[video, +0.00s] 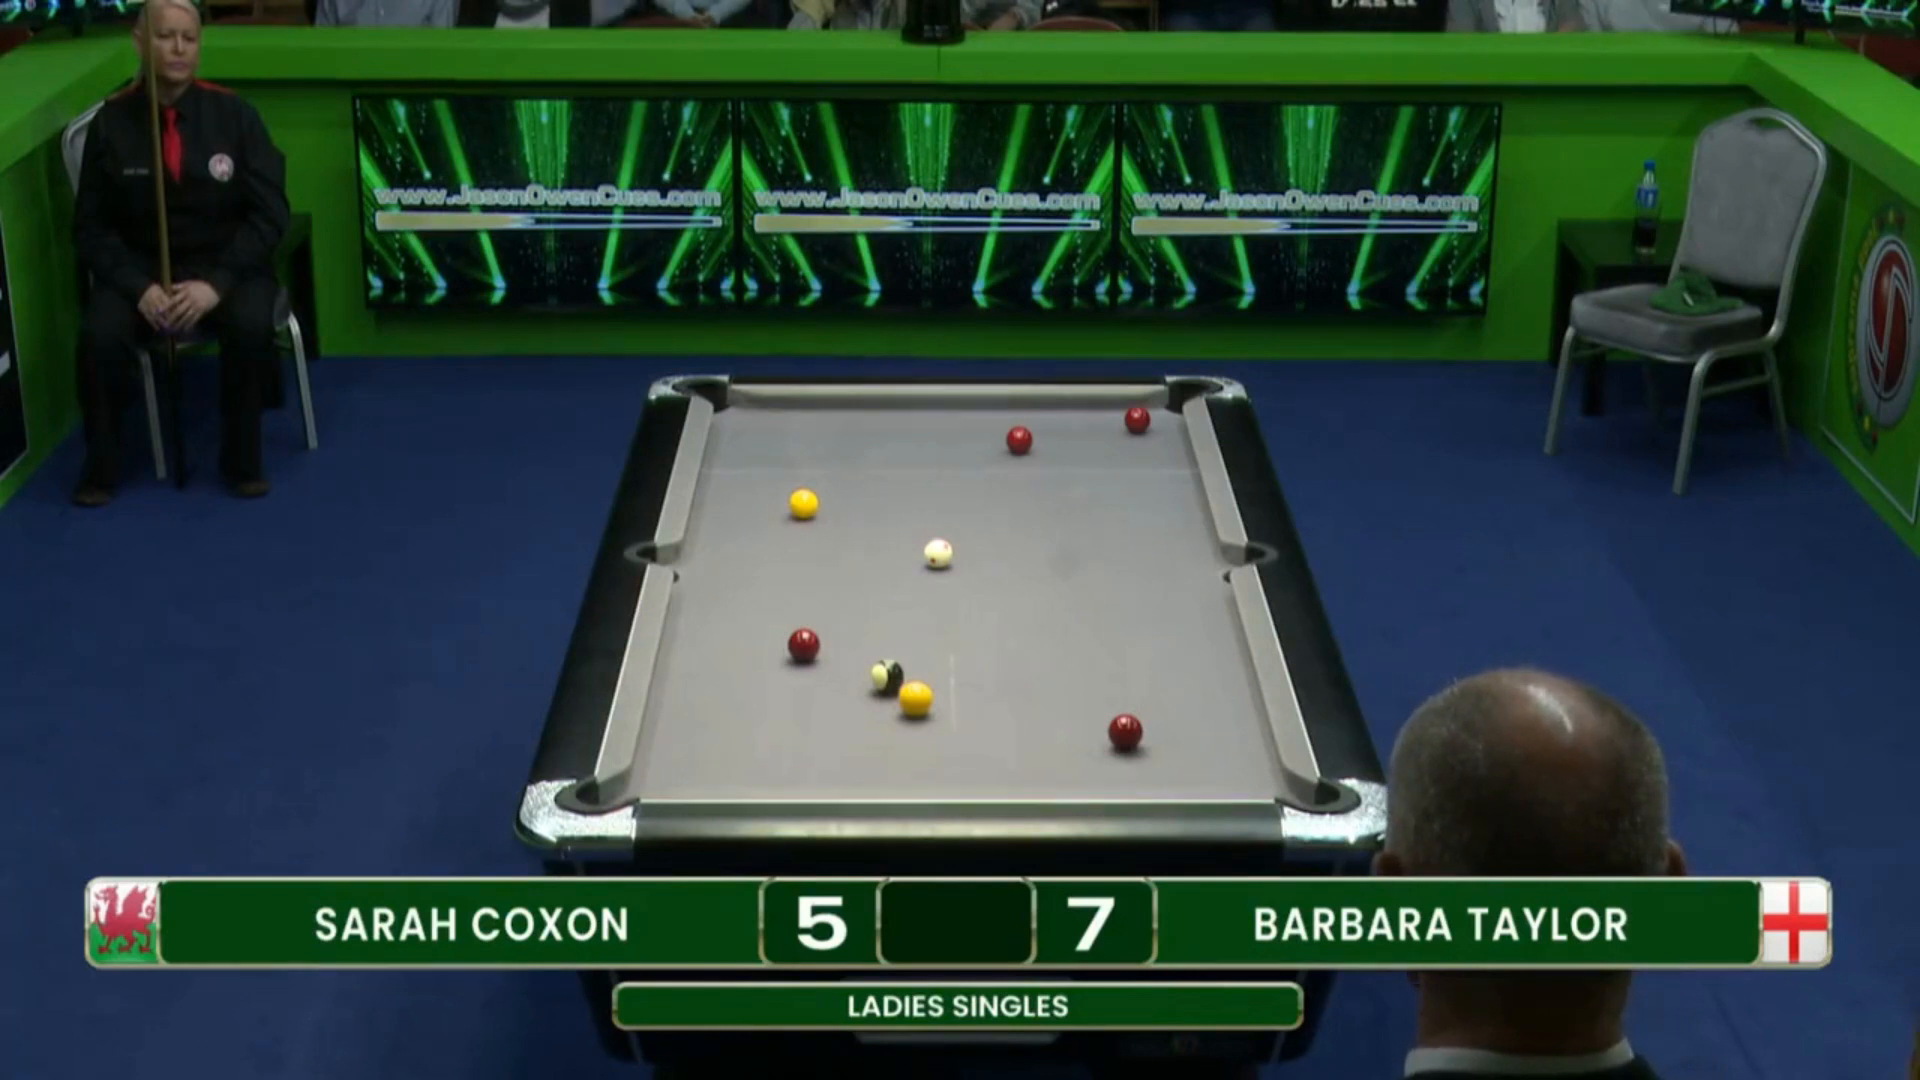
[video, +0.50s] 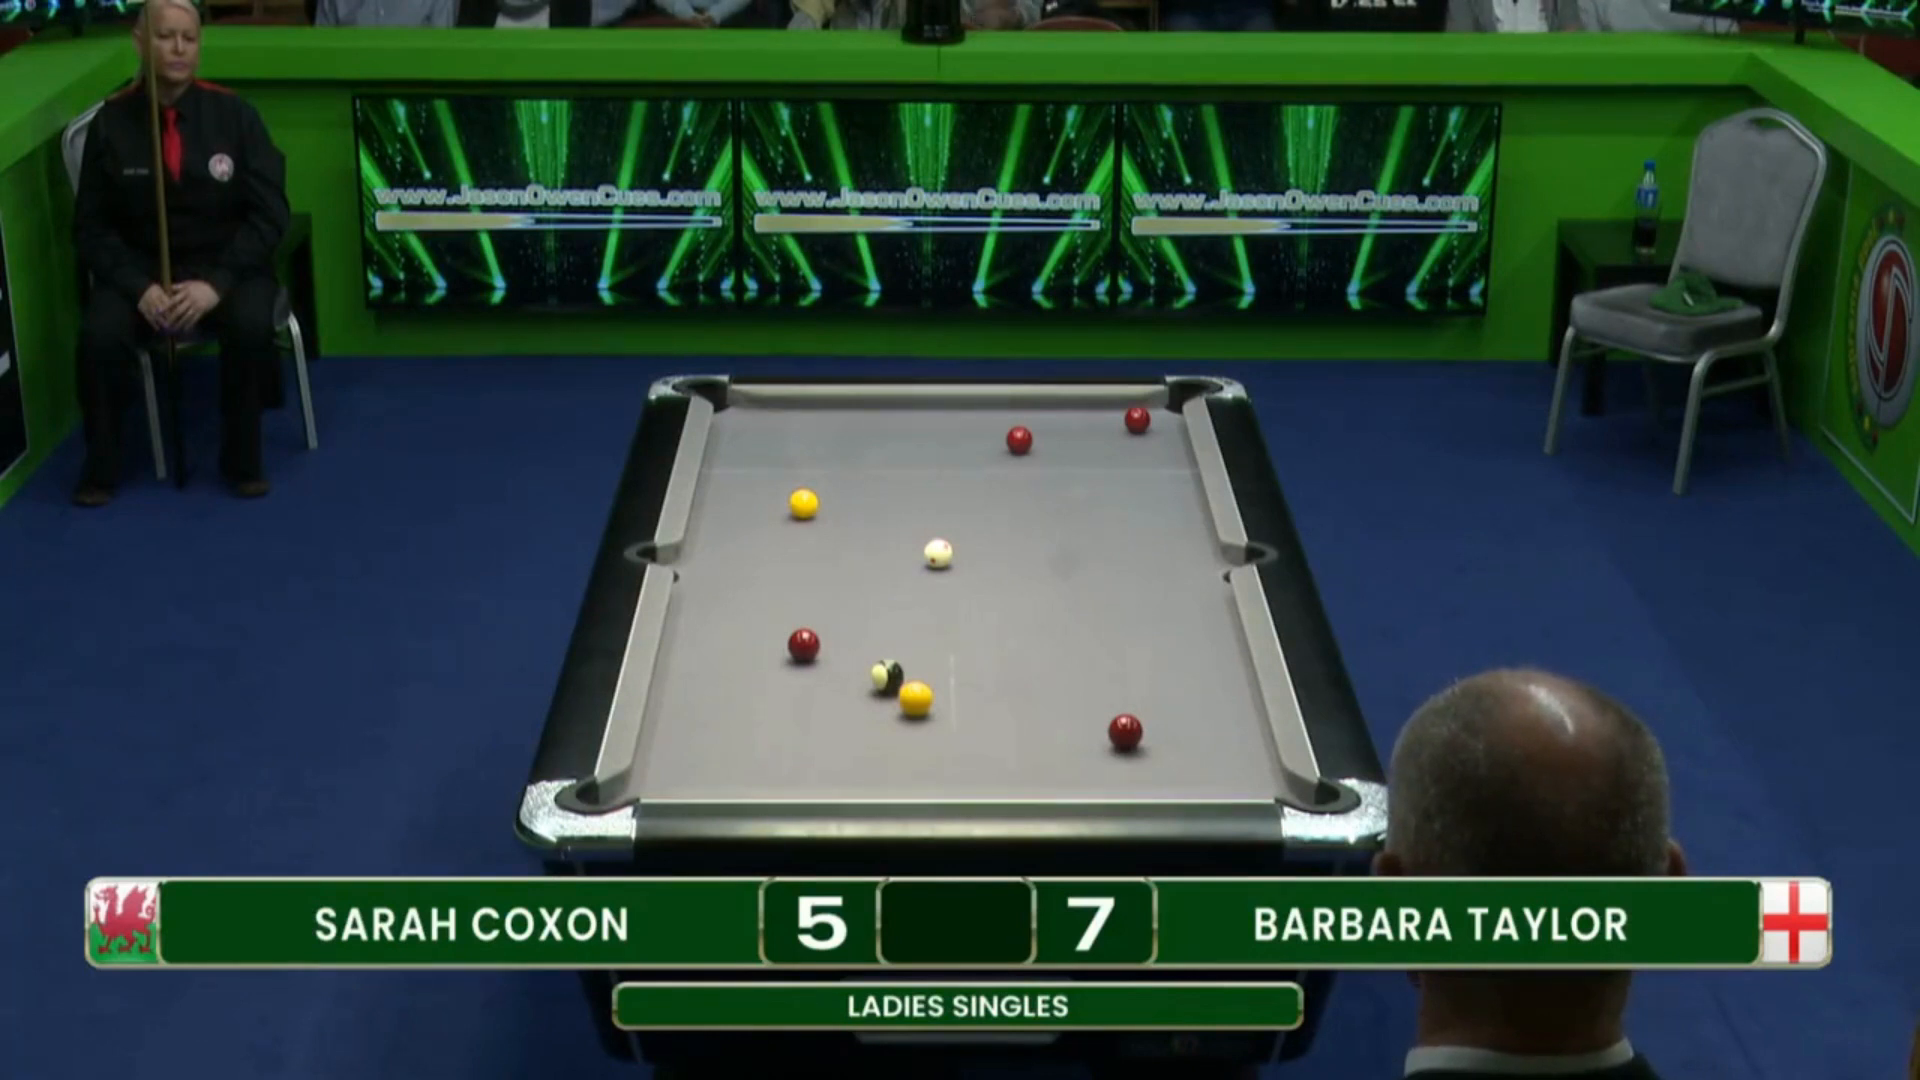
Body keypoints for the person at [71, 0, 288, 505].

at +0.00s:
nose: (179, 48)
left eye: (189, 38)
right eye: (165, 36)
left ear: (200, 44)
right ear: (141, 41)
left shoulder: (234, 115)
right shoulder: (112, 121)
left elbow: (269, 215)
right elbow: (90, 226)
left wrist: (214, 284)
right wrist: (140, 287)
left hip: (221, 267)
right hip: (139, 273)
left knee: (248, 328)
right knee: (101, 335)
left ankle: (243, 463)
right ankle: (101, 469)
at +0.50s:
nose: (179, 48)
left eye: (189, 38)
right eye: (165, 37)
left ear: (199, 44)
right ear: (140, 41)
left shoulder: (234, 115)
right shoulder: (112, 121)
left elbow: (269, 215)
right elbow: (91, 226)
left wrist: (214, 284)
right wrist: (140, 287)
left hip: (221, 268)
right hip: (139, 274)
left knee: (248, 328)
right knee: (101, 336)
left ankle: (243, 463)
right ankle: (101, 469)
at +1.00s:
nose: (179, 49)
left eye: (189, 38)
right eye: (165, 37)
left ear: (199, 44)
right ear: (140, 41)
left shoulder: (234, 115)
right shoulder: (111, 121)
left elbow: (269, 215)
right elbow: (91, 226)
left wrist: (214, 284)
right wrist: (140, 287)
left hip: (221, 268)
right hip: (139, 274)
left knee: (248, 328)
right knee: (101, 336)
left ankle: (243, 463)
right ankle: (101, 469)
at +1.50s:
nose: (179, 49)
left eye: (189, 38)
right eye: (165, 37)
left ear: (199, 44)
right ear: (141, 42)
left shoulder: (234, 116)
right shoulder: (111, 121)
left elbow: (269, 215)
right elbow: (90, 226)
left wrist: (214, 284)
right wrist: (140, 287)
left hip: (221, 268)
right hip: (138, 274)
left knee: (248, 328)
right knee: (101, 336)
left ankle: (243, 463)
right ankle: (101, 469)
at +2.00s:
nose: (179, 49)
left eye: (189, 38)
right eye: (165, 37)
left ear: (199, 44)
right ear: (140, 42)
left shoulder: (234, 116)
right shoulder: (111, 122)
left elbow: (269, 215)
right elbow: (90, 226)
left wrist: (214, 284)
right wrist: (140, 287)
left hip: (221, 267)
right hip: (138, 274)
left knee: (248, 328)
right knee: (101, 336)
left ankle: (243, 463)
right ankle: (101, 469)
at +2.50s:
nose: (179, 49)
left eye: (189, 38)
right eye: (165, 37)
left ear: (199, 44)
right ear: (140, 41)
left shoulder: (234, 115)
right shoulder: (111, 121)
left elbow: (269, 215)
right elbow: (90, 226)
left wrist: (214, 284)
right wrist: (140, 287)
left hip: (221, 268)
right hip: (138, 274)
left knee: (248, 328)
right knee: (101, 336)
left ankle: (243, 463)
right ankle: (101, 469)